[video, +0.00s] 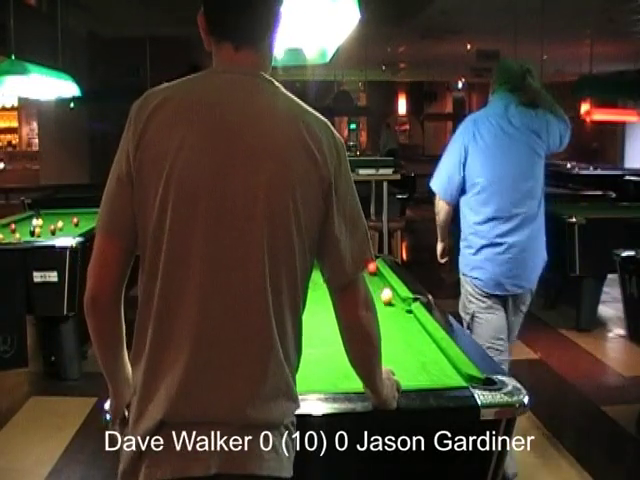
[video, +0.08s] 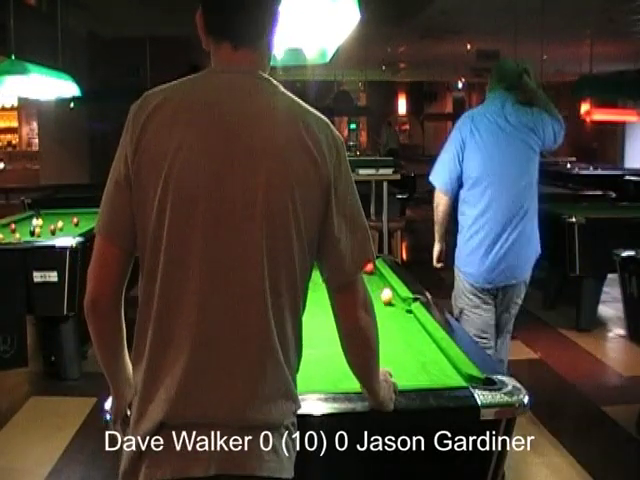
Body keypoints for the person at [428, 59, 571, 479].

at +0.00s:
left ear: (493, 87)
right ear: (527, 89)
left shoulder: (473, 126)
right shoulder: (540, 125)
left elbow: (444, 198)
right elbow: (563, 126)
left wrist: (442, 240)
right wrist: (537, 91)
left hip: (483, 257)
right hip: (530, 256)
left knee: (491, 357)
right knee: (499, 351)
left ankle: (501, 452)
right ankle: (488, 439)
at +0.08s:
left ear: (489, 86)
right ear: (522, 90)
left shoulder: (469, 123)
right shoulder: (531, 122)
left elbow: (443, 189)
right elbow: (558, 127)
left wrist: (439, 239)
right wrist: (536, 92)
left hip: (477, 254)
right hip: (522, 253)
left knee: (477, 344)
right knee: (502, 341)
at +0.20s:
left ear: (482, 82)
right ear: (513, 84)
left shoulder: (462, 116)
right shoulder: (523, 116)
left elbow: (439, 177)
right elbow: (548, 123)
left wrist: (436, 230)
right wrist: (527, 87)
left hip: (470, 244)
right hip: (513, 245)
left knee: (457, 328)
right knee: (496, 335)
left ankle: (452, 402)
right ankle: (487, 405)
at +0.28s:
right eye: (516, 80)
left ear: (479, 79)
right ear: (509, 82)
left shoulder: (458, 114)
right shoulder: (518, 115)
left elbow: (435, 169)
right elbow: (543, 122)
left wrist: (434, 223)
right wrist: (521, 88)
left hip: (464, 240)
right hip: (505, 242)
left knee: (454, 318)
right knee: (495, 327)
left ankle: (451, 394)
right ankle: (487, 401)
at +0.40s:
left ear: (470, 84)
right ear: (500, 86)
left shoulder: (452, 118)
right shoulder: (509, 118)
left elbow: (430, 171)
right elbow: (533, 124)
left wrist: (430, 221)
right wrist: (511, 91)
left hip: (457, 238)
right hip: (498, 239)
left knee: (453, 319)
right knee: (490, 324)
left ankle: (452, 392)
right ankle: (489, 398)